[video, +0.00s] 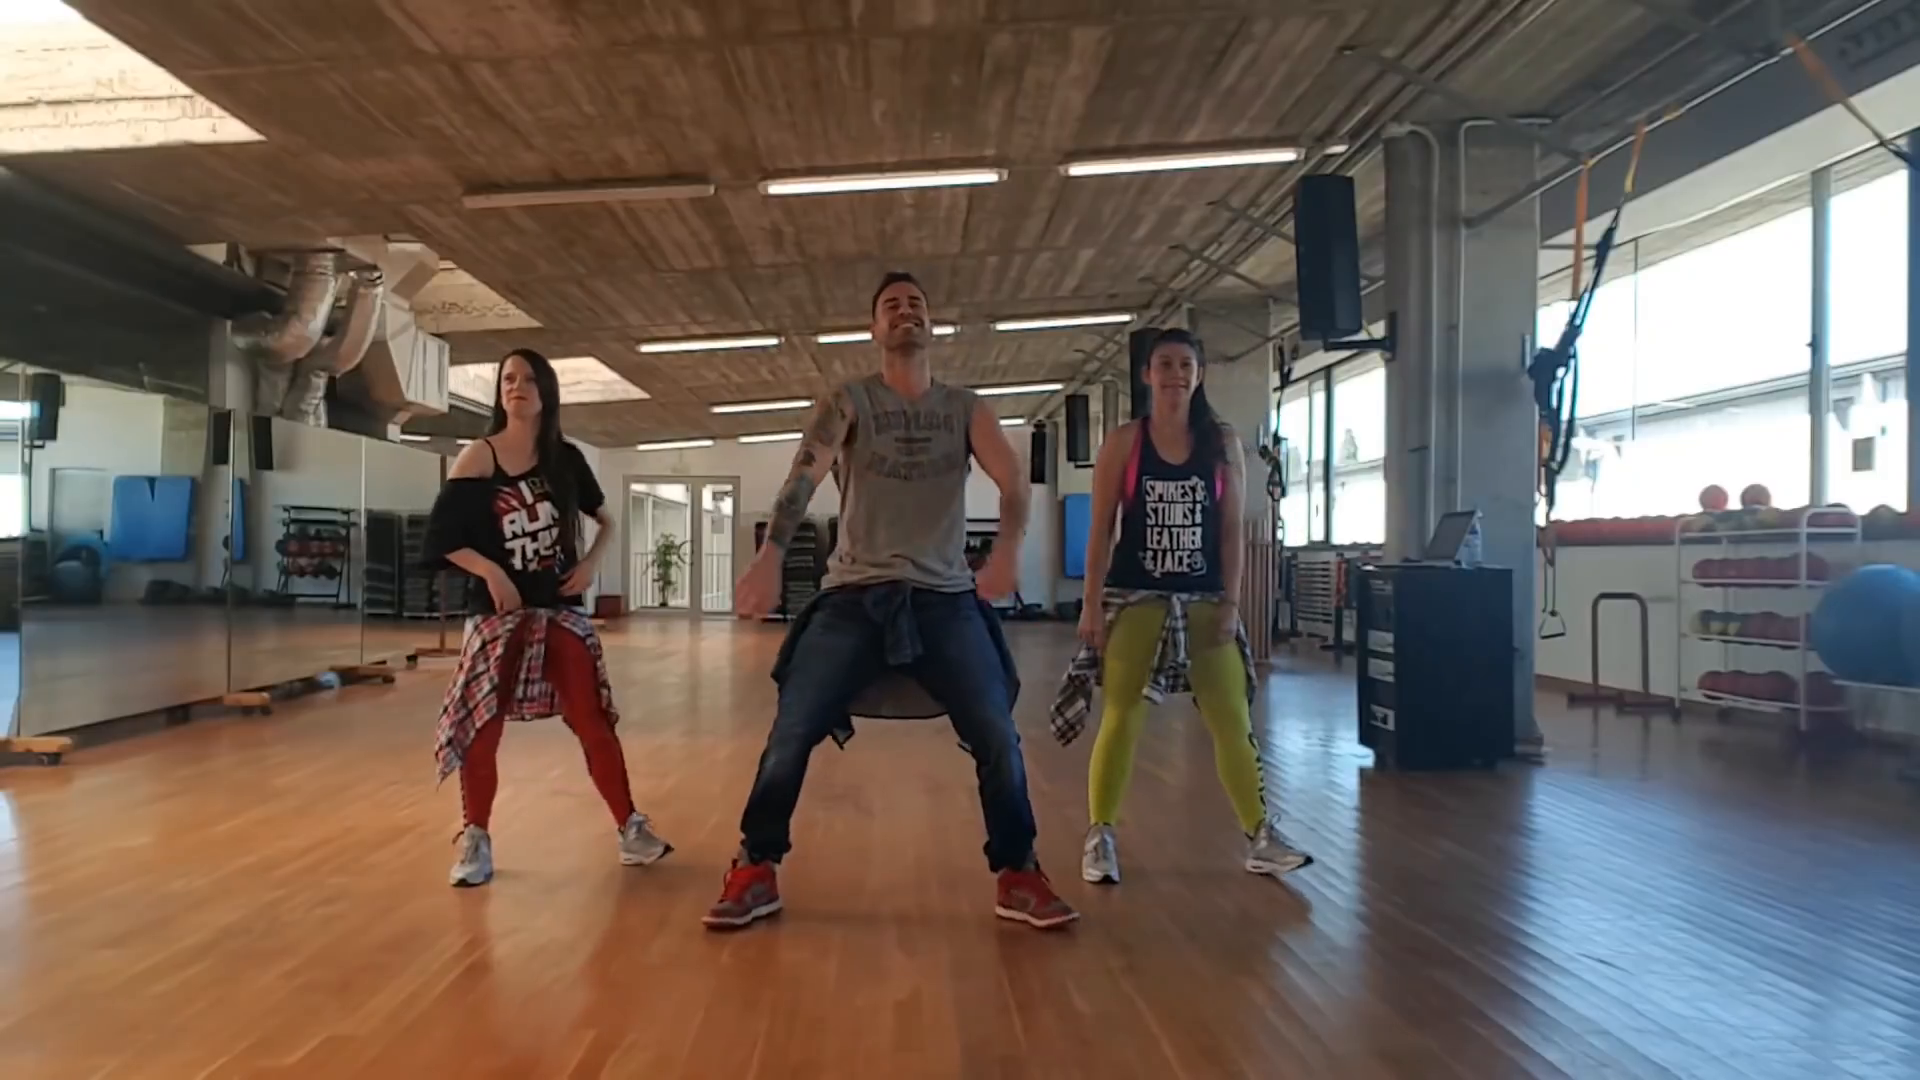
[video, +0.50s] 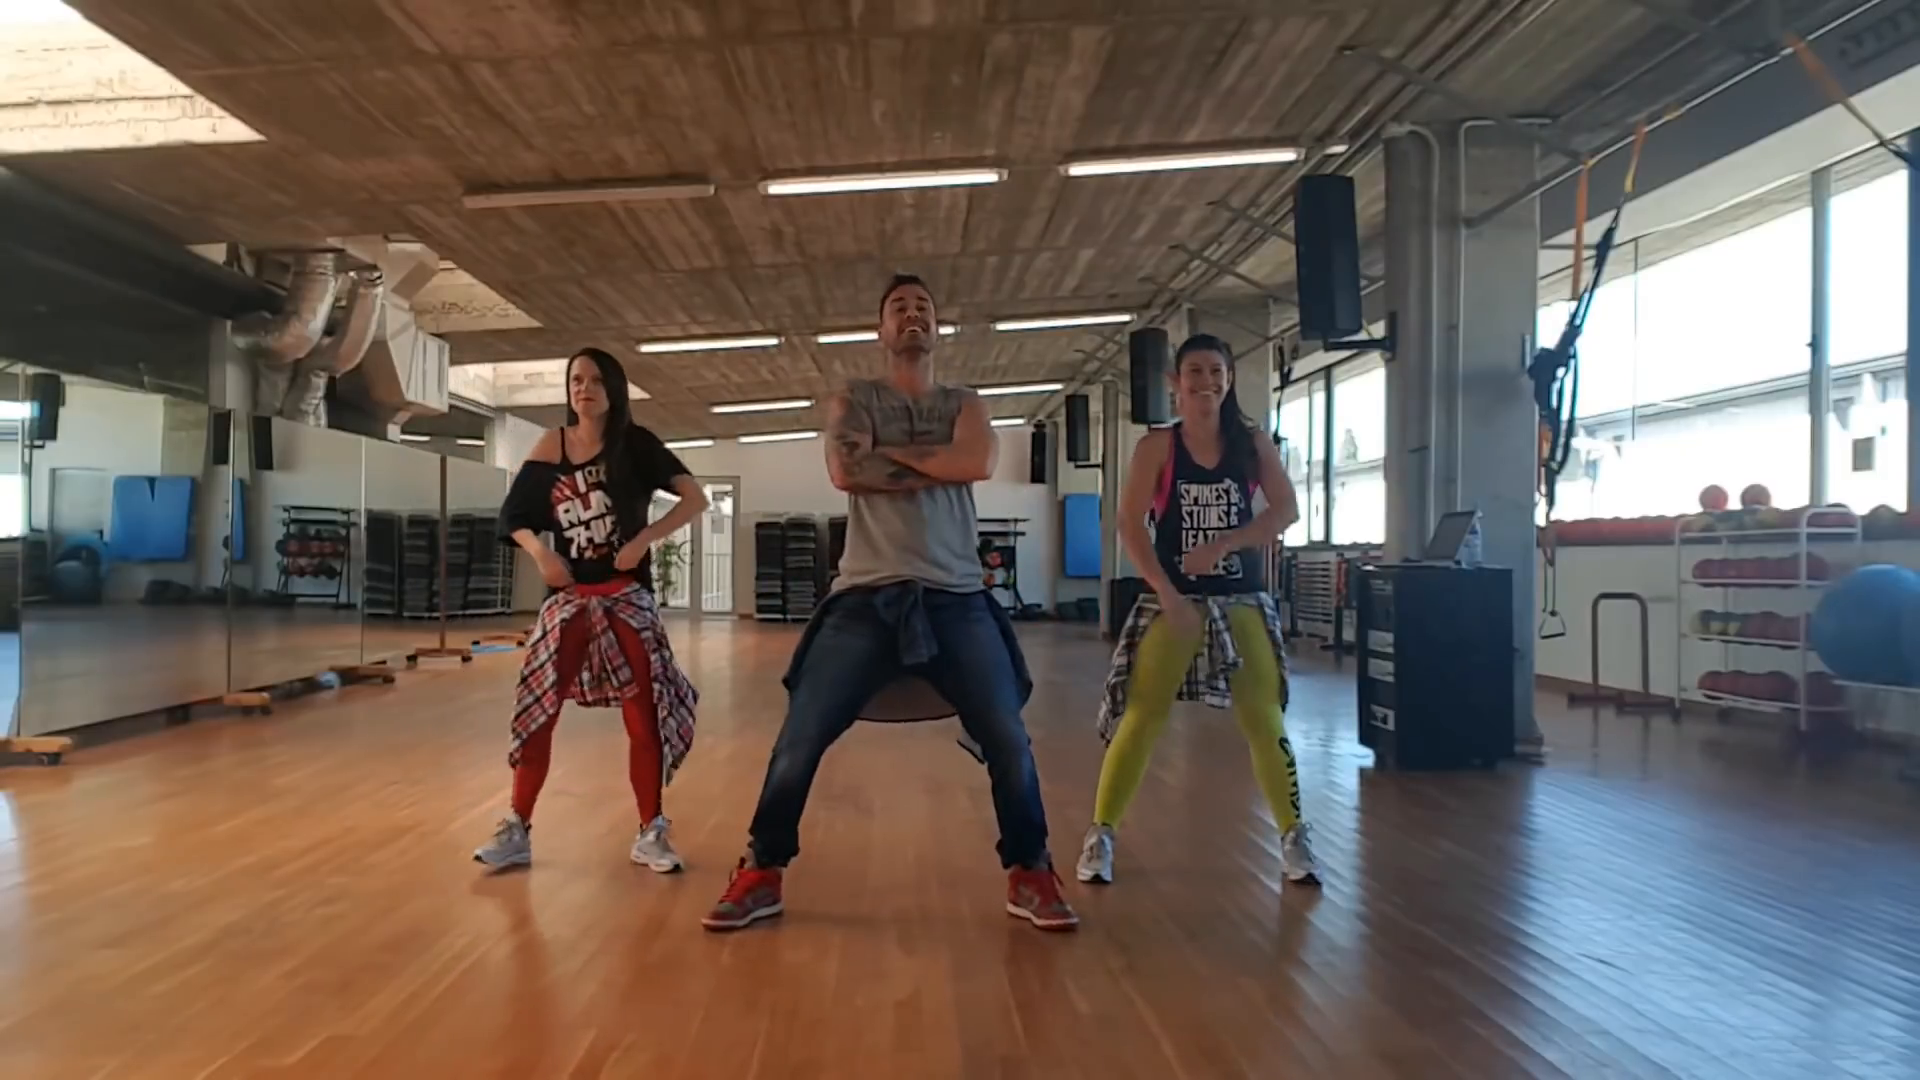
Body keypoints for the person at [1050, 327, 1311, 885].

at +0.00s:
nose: (1175, 373)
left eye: (1184, 365)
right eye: (1164, 364)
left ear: (1199, 374)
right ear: (1146, 374)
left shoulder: (1222, 441)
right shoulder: (1122, 442)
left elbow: (1232, 527)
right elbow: (1102, 525)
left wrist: (1231, 600)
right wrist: (1091, 601)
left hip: (1205, 598)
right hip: (1136, 598)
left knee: (1232, 719)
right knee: (1120, 717)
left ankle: (1259, 836)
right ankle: (1101, 834)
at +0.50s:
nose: (1206, 381)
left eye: (1215, 371)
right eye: (1196, 372)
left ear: (1229, 380)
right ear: (1177, 382)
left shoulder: (1252, 441)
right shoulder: (1156, 446)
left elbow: (1285, 510)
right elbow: (1129, 524)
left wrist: (1224, 542)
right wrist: (1169, 596)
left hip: (1241, 603)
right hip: (1174, 600)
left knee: (1264, 719)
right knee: (1142, 717)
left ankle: (1293, 838)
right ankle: (1101, 835)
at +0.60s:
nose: (1212, 382)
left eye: (1221, 372)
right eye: (1201, 373)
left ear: (1234, 381)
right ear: (1182, 382)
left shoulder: (1255, 437)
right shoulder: (1162, 438)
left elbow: (1272, 491)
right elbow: (1150, 507)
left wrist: (1196, 498)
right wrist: (1225, 549)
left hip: (1243, 595)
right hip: (1176, 596)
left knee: (1268, 717)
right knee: (1145, 716)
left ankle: (1295, 838)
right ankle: (1101, 836)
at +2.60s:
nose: (1204, 388)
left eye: (1214, 380)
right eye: (1194, 379)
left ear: (1228, 386)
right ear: (1176, 384)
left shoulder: (1246, 430)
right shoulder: (1159, 430)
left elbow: (1257, 475)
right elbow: (1152, 477)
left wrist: (1186, 456)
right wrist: (1225, 468)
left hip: (1234, 592)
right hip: (1164, 592)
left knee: (1266, 720)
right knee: (1136, 722)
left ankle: (1298, 841)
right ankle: (1098, 838)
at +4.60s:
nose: (1201, 392)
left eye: (1211, 383)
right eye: (1191, 382)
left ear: (1222, 389)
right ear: (1172, 386)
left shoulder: (1236, 437)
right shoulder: (1157, 427)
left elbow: (1274, 478)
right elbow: (1192, 475)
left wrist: (1214, 455)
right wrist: (1247, 470)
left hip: (1243, 599)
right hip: (1179, 598)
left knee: (1268, 723)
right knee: (1144, 721)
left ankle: (1297, 842)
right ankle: (1100, 838)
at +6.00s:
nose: (1186, 386)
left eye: (1196, 377)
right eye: (1177, 376)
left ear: (1209, 385)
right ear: (1158, 382)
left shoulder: (1222, 428)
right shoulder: (1140, 434)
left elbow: (1228, 473)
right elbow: (1125, 487)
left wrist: (1159, 466)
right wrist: (1193, 474)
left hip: (1216, 592)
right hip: (1148, 591)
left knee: (1253, 719)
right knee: (1125, 717)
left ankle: (1294, 841)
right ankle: (1096, 837)